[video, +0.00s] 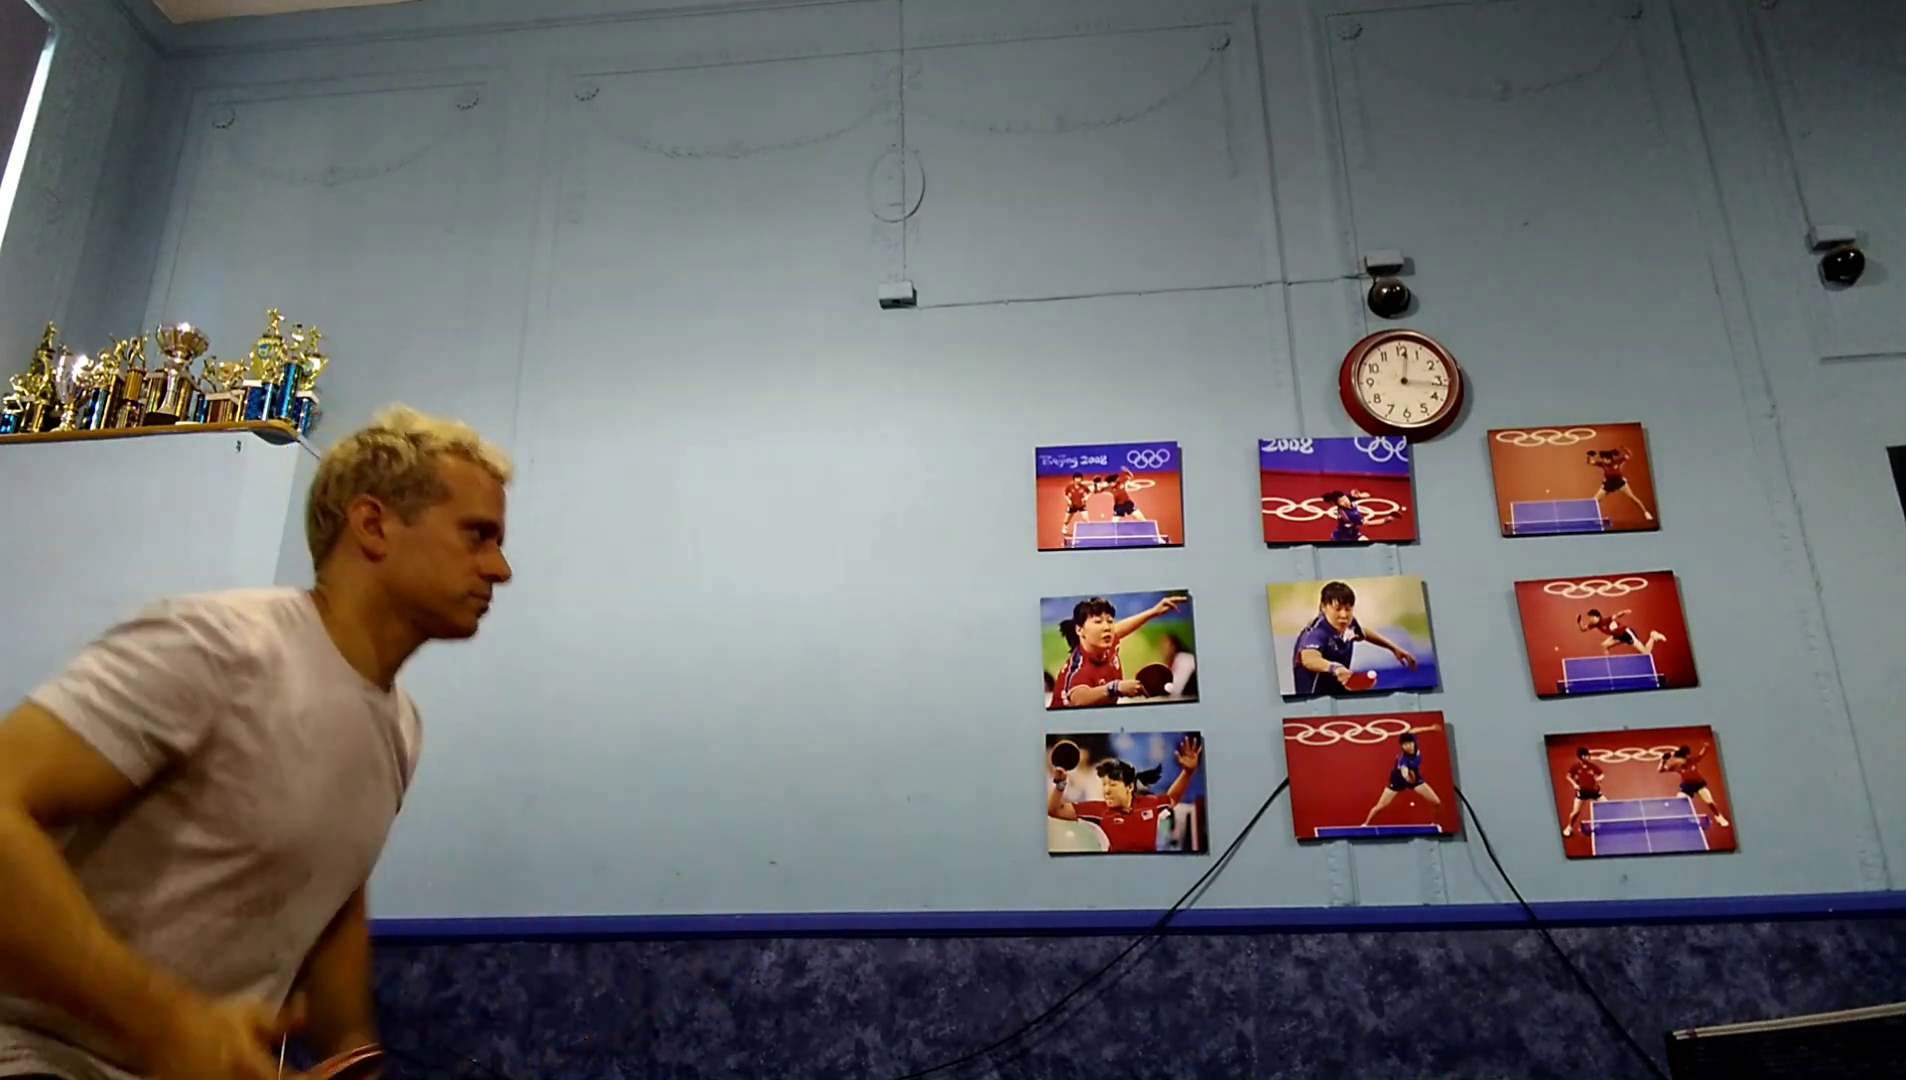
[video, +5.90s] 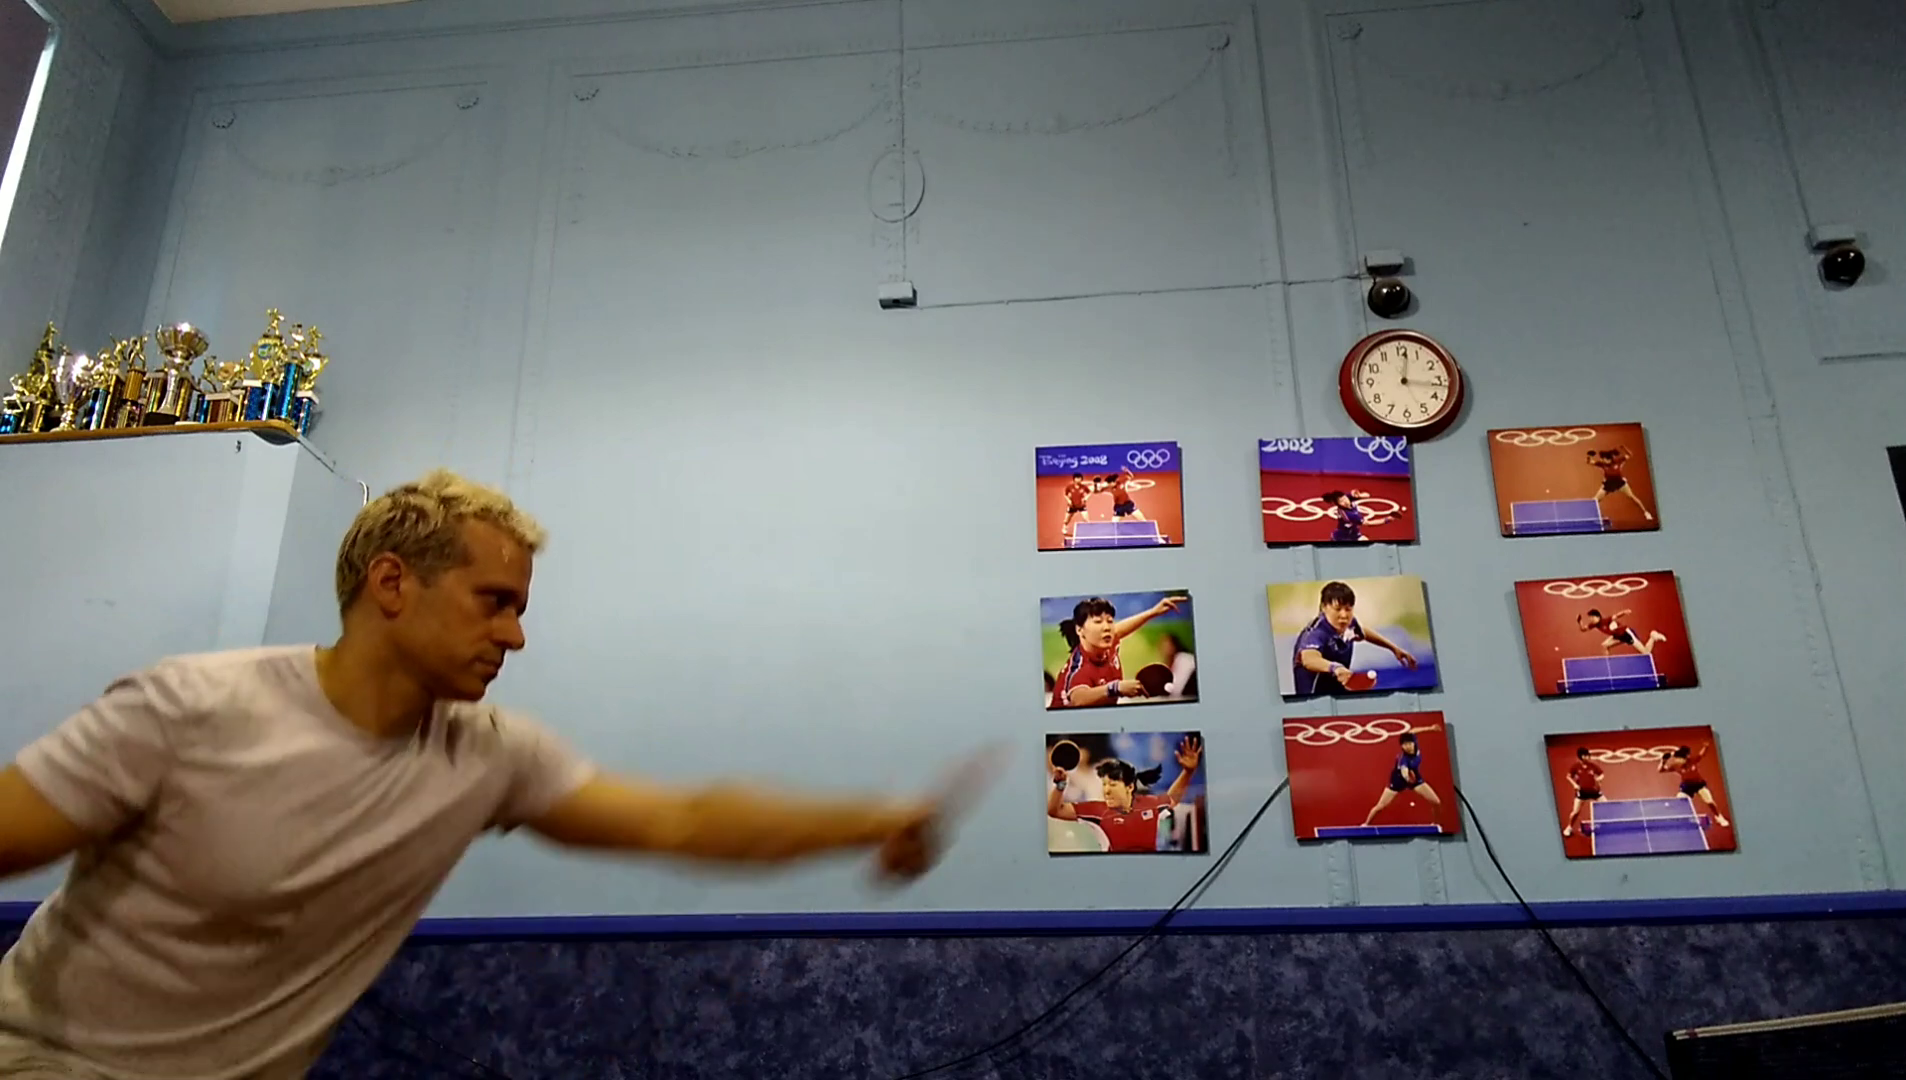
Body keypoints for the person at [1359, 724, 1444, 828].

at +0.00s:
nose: (1408, 747)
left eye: (1409, 744)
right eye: (1405, 745)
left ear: (1413, 743)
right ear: (1402, 746)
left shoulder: (1416, 747)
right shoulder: (1403, 759)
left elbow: (1413, 731)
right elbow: (1404, 771)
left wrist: (1431, 728)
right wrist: (1409, 779)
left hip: (1415, 780)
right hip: (1398, 781)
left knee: (1436, 802)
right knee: (1381, 805)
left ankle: (1434, 823)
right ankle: (1366, 823)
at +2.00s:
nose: (1408, 747)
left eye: (1409, 744)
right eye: (1405, 745)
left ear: (1414, 743)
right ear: (1402, 746)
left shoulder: (1416, 747)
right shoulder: (1403, 758)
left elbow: (1414, 731)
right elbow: (1404, 771)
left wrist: (1431, 728)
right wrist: (1408, 778)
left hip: (1415, 779)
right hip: (1398, 781)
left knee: (1436, 802)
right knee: (1381, 805)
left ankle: (1436, 824)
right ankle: (1366, 824)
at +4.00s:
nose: (1408, 747)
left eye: (1409, 744)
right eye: (1405, 745)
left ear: (1414, 743)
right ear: (1402, 746)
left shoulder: (1416, 748)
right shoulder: (1403, 758)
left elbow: (1413, 731)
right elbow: (1404, 771)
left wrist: (1431, 728)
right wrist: (1409, 778)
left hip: (1415, 779)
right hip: (1398, 781)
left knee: (1436, 802)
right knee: (1381, 806)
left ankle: (1435, 823)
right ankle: (1366, 823)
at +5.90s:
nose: (1408, 747)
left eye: (1410, 744)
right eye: (1405, 745)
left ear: (1414, 743)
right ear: (1402, 746)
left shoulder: (1416, 748)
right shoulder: (1403, 758)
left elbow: (1413, 731)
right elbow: (1404, 771)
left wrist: (1431, 728)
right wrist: (1409, 779)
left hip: (1415, 780)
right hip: (1398, 781)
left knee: (1436, 802)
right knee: (1381, 805)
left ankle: (1435, 823)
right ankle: (1366, 823)